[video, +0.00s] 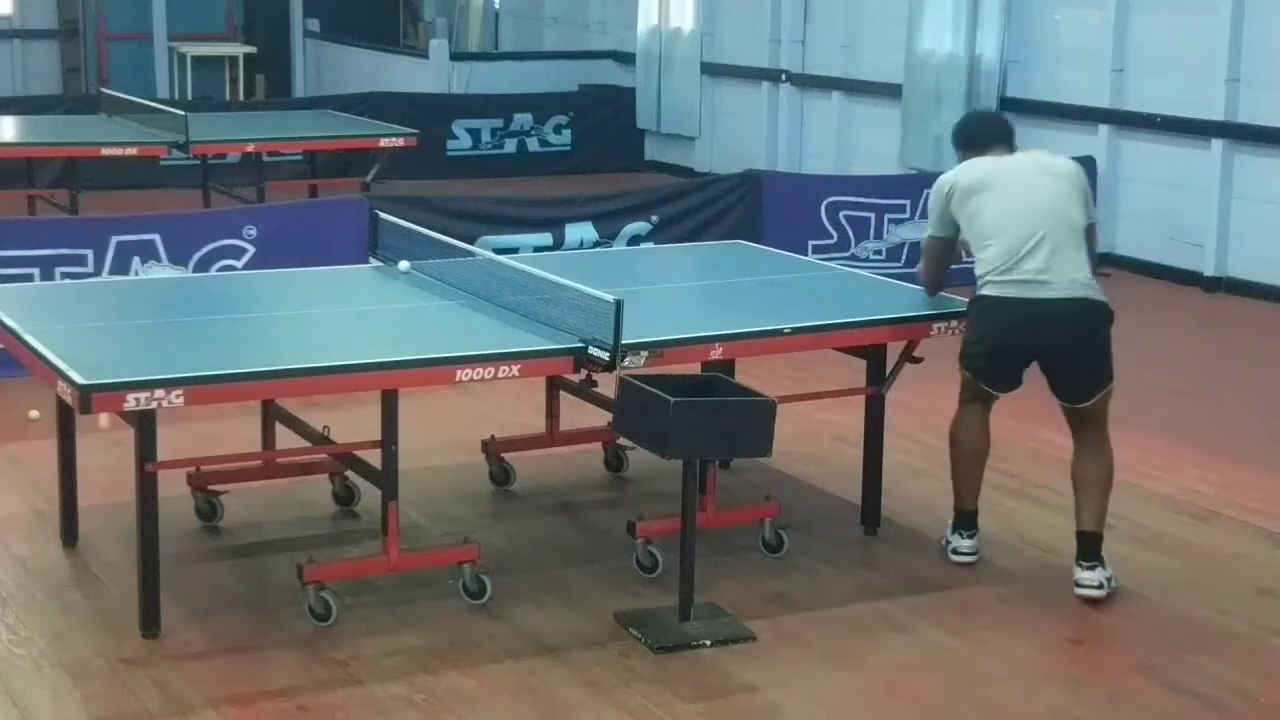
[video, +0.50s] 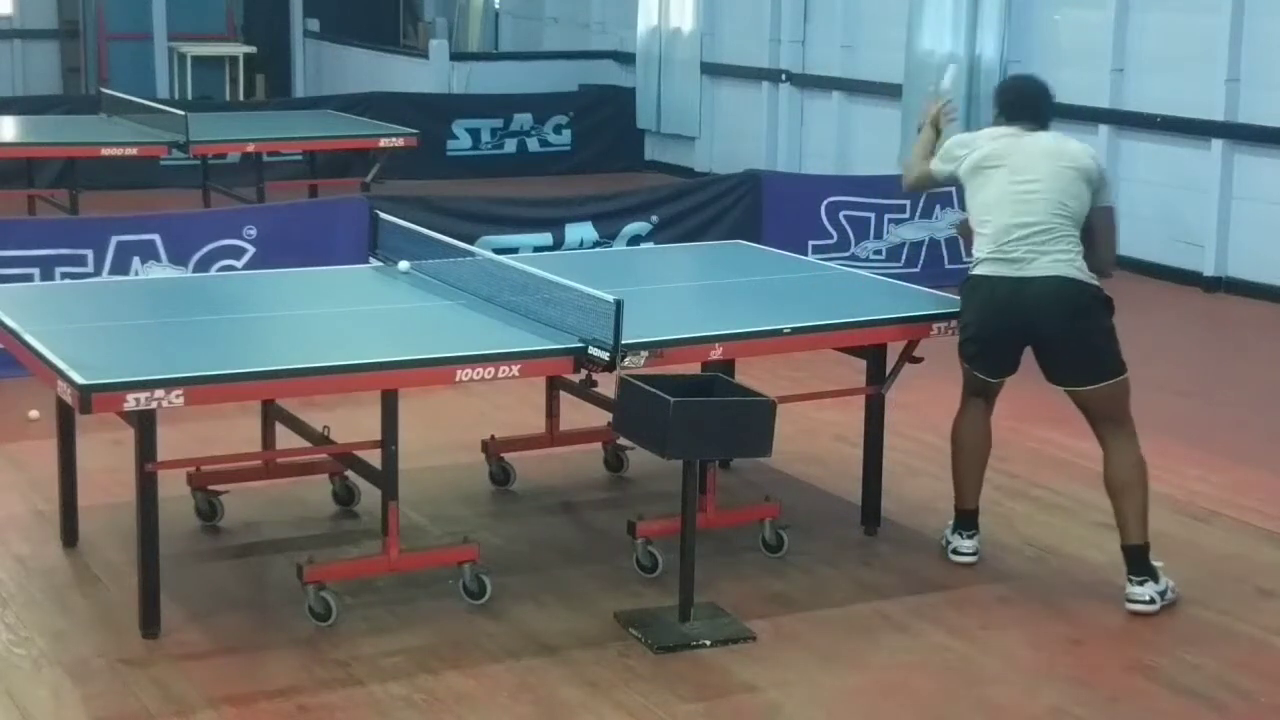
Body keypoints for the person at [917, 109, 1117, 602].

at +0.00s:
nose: (960, 164)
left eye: (959, 157)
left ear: (964, 153)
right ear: (1012, 141)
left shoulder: (953, 182)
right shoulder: (1068, 169)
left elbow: (932, 279)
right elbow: (1086, 251)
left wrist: (948, 250)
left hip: (1001, 315)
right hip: (1079, 316)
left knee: (974, 404)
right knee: (1090, 431)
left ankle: (964, 530)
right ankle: (1089, 563)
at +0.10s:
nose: (952, 169)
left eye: (950, 163)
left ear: (954, 159)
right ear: (1003, 148)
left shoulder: (945, 185)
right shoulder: (1056, 170)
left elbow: (925, 285)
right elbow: (1080, 255)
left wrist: (927, 277)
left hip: (992, 311)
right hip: (1071, 311)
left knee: (972, 402)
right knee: (1090, 425)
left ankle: (964, 531)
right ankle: (1091, 556)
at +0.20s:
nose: (951, 164)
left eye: (950, 157)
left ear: (953, 154)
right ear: (1002, 145)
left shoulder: (943, 181)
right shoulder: (1054, 166)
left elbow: (920, 283)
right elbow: (1081, 258)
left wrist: (920, 278)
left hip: (988, 307)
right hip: (1067, 305)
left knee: (970, 401)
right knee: (1095, 423)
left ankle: (964, 531)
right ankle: (1100, 556)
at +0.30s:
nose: (962, 148)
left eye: (961, 141)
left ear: (962, 138)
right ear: (1012, 133)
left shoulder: (948, 169)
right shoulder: (1062, 161)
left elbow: (922, 256)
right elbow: (1081, 253)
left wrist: (915, 256)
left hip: (986, 301)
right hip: (1062, 301)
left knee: (970, 400)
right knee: (1103, 425)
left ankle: (964, 530)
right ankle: (1123, 562)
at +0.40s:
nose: (973, 135)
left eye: (974, 127)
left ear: (976, 126)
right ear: (1028, 123)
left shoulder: (956, 158)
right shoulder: (1072, 159)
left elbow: (913, 219)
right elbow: (1088, 253)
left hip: (986, 298)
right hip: (1063, 301)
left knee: (973, 401)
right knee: (1110, 428)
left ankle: (964, 531)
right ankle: (1139, 571)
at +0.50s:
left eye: (1001, 108)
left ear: (999, 114)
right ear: (1050, 116)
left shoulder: (972, 147)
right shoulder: (1083, 157)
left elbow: (913, 179)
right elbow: (1103, 262)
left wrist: (929, 131)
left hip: (991, 296)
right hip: (1068, 300)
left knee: (976, 401)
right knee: (1116, 431)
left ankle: (964, 531)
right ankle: (1141, 577)